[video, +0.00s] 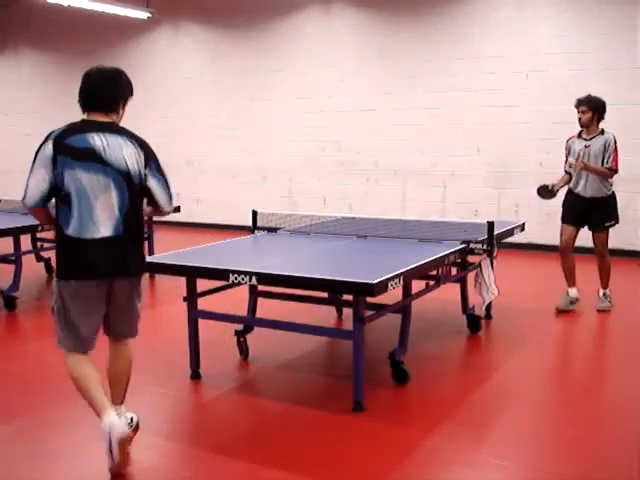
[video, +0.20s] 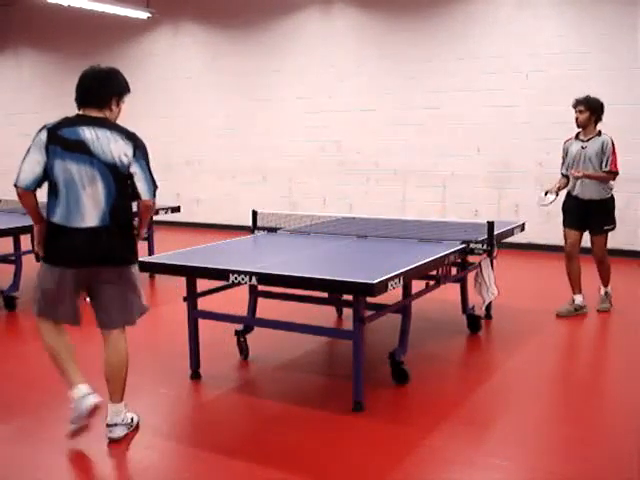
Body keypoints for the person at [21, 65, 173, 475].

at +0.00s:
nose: (126, 109)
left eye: (125, 104)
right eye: (125, 104)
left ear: (81, 101)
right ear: (121, 105)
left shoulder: (56, 142)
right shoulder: (134, 146)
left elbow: (32, 202)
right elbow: (164, 204)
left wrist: (57, 225)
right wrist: (140, 209)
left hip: (78, 265)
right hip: (126, 263)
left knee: (74, 348)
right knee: (121, 340)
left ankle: (113, 418)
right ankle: (114, 426)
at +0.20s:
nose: (122, 109)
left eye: (122, 102)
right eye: (122, 102)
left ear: (79, 100)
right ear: (112, 103)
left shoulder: (51, 134)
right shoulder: (128, 142)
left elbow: (23, 186)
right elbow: (148, 203)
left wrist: (39, 223)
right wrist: (137, 232)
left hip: (64, 252)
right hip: (113, 253)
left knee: (46, 317)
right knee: (114, 330)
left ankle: (80, 391)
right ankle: (117, 416)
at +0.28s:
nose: (112, 111)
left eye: (112, 104)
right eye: (111, 104)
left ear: (71, 101)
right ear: (100, 104)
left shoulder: (38, 136)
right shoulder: (112, 142)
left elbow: (13, 188)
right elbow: (137, 201)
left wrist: (38, 216)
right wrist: (123, 225)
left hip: (54, 251)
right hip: (102, 253)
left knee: (40, 316)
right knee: (109, 328)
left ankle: (30, 398)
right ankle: (115, 415)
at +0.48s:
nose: (85, 118)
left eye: (86, 111)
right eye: (83, 111)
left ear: (49, 106)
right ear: (68, 108)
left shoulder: (16, 142)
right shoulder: (68, 146)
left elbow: (9, 197)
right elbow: (88, 204)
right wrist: (110, 211)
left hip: (31, 255)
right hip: (75, 256)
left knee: (21, 323)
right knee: (98, 329)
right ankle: (113, 416)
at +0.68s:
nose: (65, 118)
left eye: (67, 112)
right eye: (63, 110)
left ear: (32, 107)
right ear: (46, 107)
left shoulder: (9, 138)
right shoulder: (38, 142)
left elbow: (19, 197)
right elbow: (47, 201)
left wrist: (74, 207)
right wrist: (86, 213)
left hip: (10, 252)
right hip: (45, 255)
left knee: (6, 323)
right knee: (83, 323)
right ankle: (104, 411)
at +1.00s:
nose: (44, 115)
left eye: (45, 108)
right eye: (41, 106)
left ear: (18, 104)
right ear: (21, 103)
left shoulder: (9, 132)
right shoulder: (11, 131)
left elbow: (13, 191)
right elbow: (7, 189)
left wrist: (47, 221)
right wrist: (50, 214)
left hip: (12, 247)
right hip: (19, 249)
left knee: (4, 321)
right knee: (40, 324)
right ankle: (48, 421)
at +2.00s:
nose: (56, 165)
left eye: (57, 158)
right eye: (54, 158)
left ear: (32, 157)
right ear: (36, 157)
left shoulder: (13, 181)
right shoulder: (16, 185)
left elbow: (12, 244)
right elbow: (8, 248)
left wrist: (48, 271)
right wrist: (49, 273)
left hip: (4, 292)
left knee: (30, 347)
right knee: (30, 349)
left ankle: (37, 456)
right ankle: (37, 457)